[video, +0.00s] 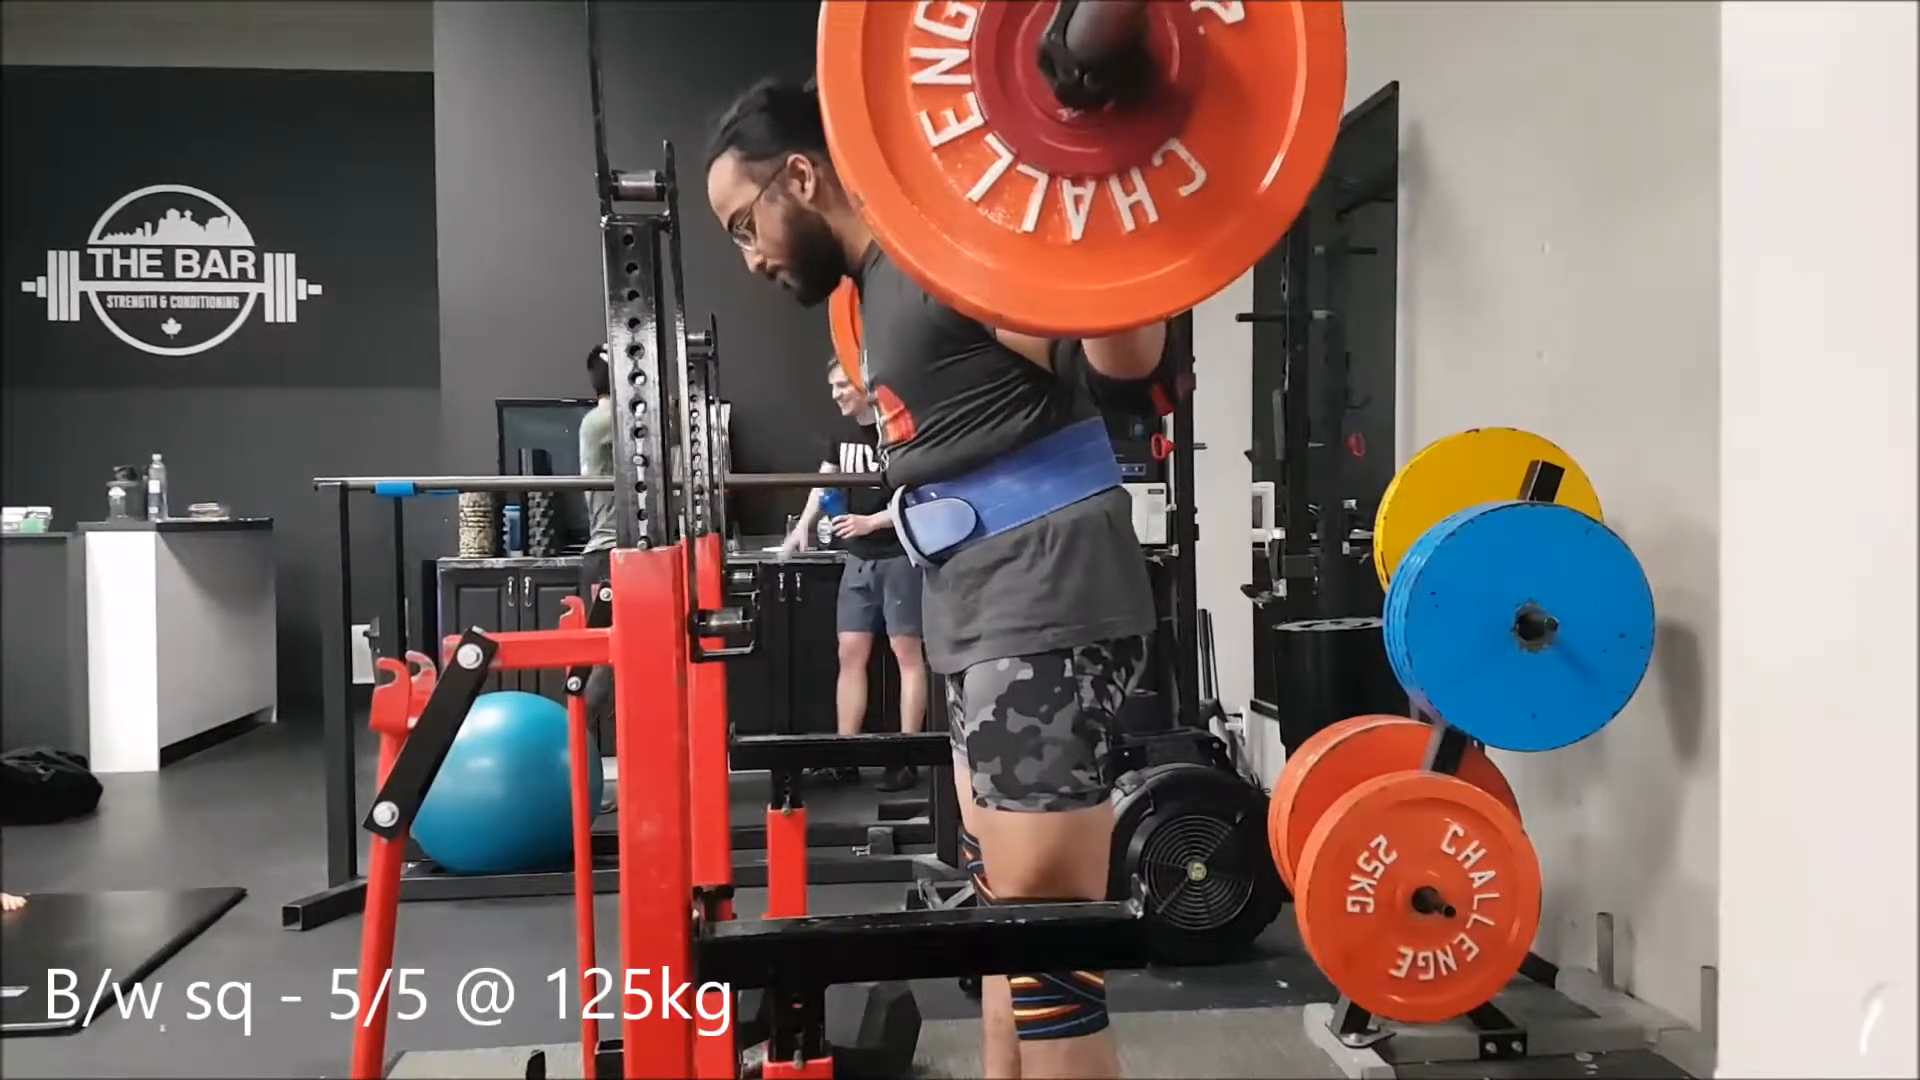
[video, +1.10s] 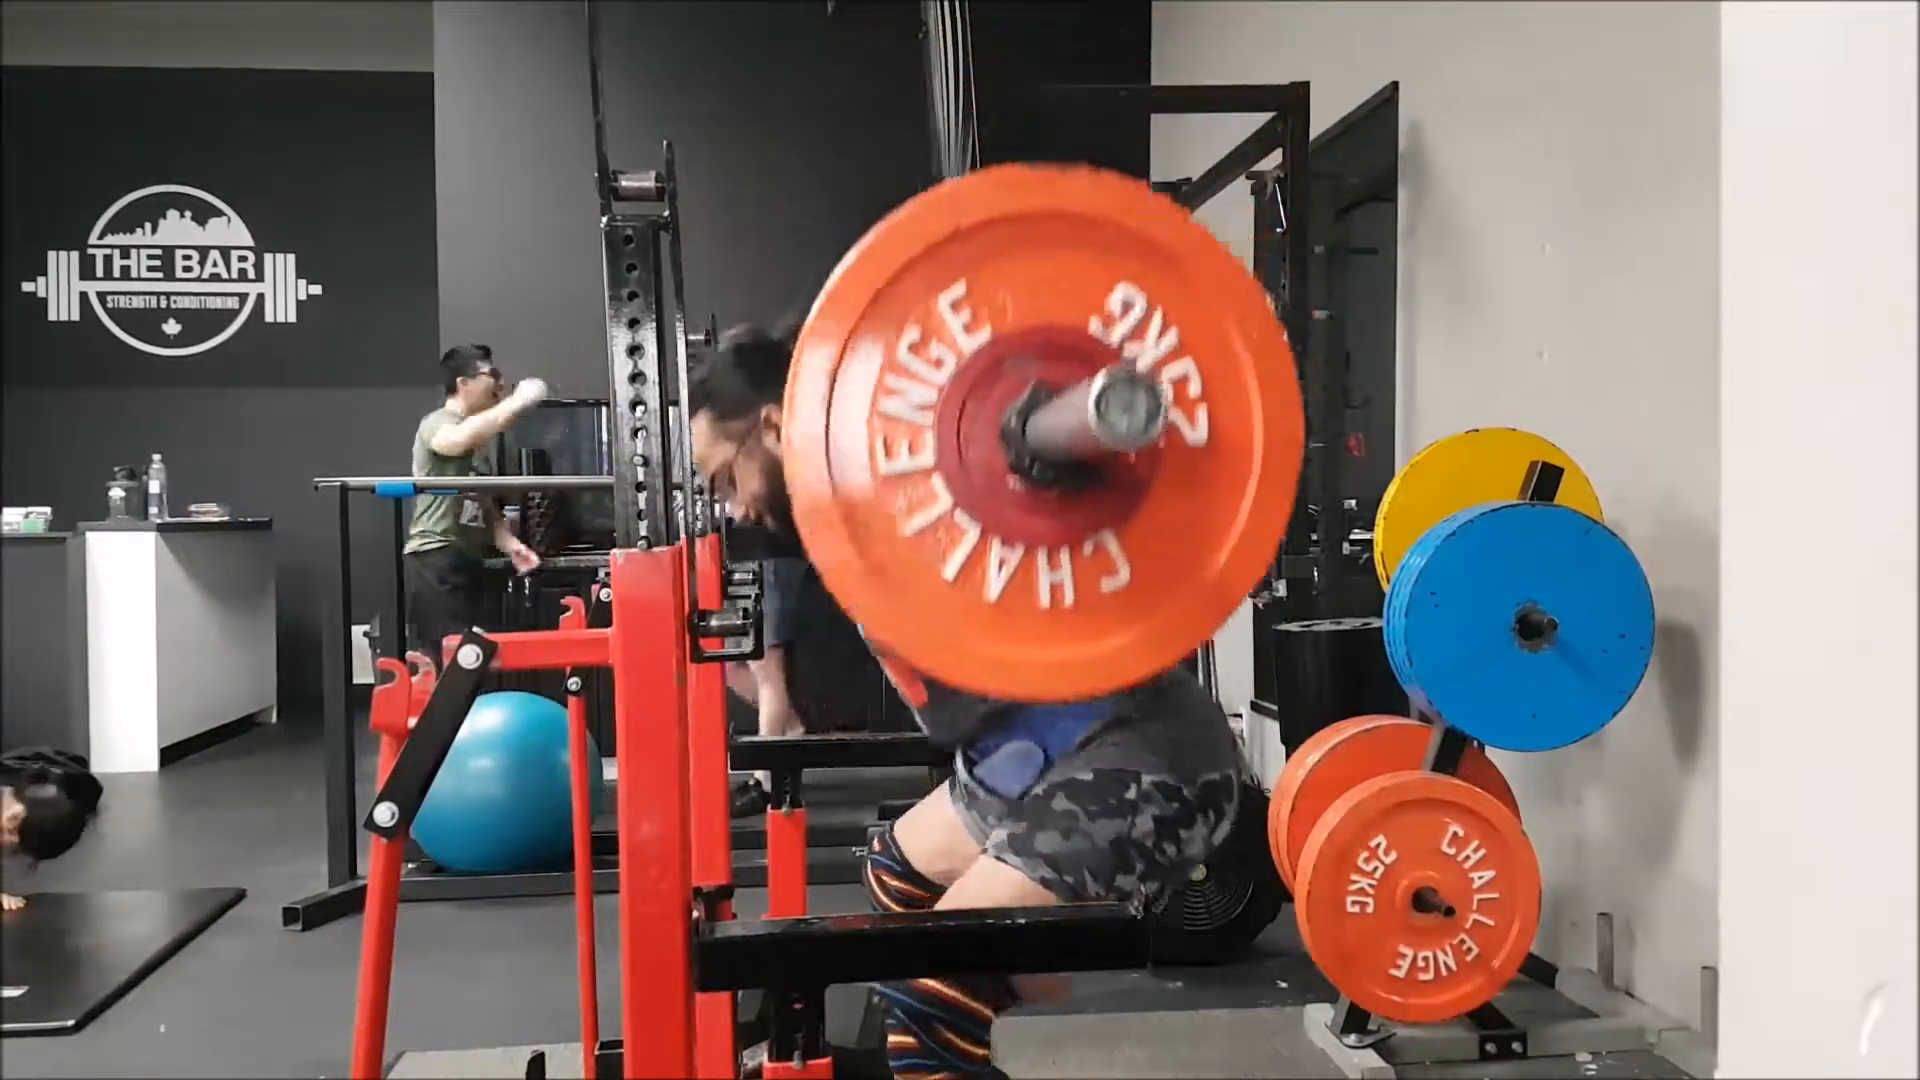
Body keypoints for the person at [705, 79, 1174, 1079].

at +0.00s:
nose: (750, 256)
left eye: (747, 222)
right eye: (735, 236)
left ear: (805, 172)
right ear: (803, 182)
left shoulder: (934, 237)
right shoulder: (872, 283)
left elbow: (1119, 350)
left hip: (1047, 584)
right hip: (978, 593)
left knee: (1043, 933)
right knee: (1005, 925)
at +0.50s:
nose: (752, 254)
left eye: (748, 220)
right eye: (737, 236)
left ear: (804, 164)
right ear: (799, 175)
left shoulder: (930, 241)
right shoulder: (862, 293)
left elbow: (1119, 371)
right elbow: (934, 456)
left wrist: (1134, 203)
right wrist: (834, 512)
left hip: (1046, 577)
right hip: (972, 592)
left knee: (1002, 931)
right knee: (969, 902)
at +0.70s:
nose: (748, 301)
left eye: (743, 270)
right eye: (732, 284)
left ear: (795, 214)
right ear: (795, 224)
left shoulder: (924, 286)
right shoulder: (865, 333)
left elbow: (1116, 417)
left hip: (1080, 610)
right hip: (1000, 627)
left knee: (959, 946)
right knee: (928, 858)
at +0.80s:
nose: (743, 341)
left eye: (736, 312)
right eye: (727, 326)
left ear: (790, 257)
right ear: (789, 265)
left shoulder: (915, 325)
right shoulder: (854, 382)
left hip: (1097, 644)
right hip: (1011, 662)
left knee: (957, 950)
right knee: (923, 860)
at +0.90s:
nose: (737, 394)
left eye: (731, 365)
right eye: (722, 378)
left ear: (787, 312)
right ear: (784, 320)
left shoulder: (900, 365)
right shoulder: (849, 421)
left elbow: (1038, 281)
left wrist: (1125, 208)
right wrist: (814, 500)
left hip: (1119, 683)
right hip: (1027, 691)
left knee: (948, 999)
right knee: (915, 866)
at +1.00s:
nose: (740, 449)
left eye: (730, 416)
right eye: (724, 429)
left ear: (781, 364)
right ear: (783, 368)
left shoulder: (918, 411)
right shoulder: (855, 444)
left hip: (1126, 721)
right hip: (1023, 723)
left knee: (938, 1005)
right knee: (905, 868)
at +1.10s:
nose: (733, 508)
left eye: (726, 478)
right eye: (719, 490)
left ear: (775, 430)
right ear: (770, 436)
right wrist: (773, 692)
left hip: (1136, 756)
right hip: (1040, 742)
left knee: (924, 1014)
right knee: (897, 870)